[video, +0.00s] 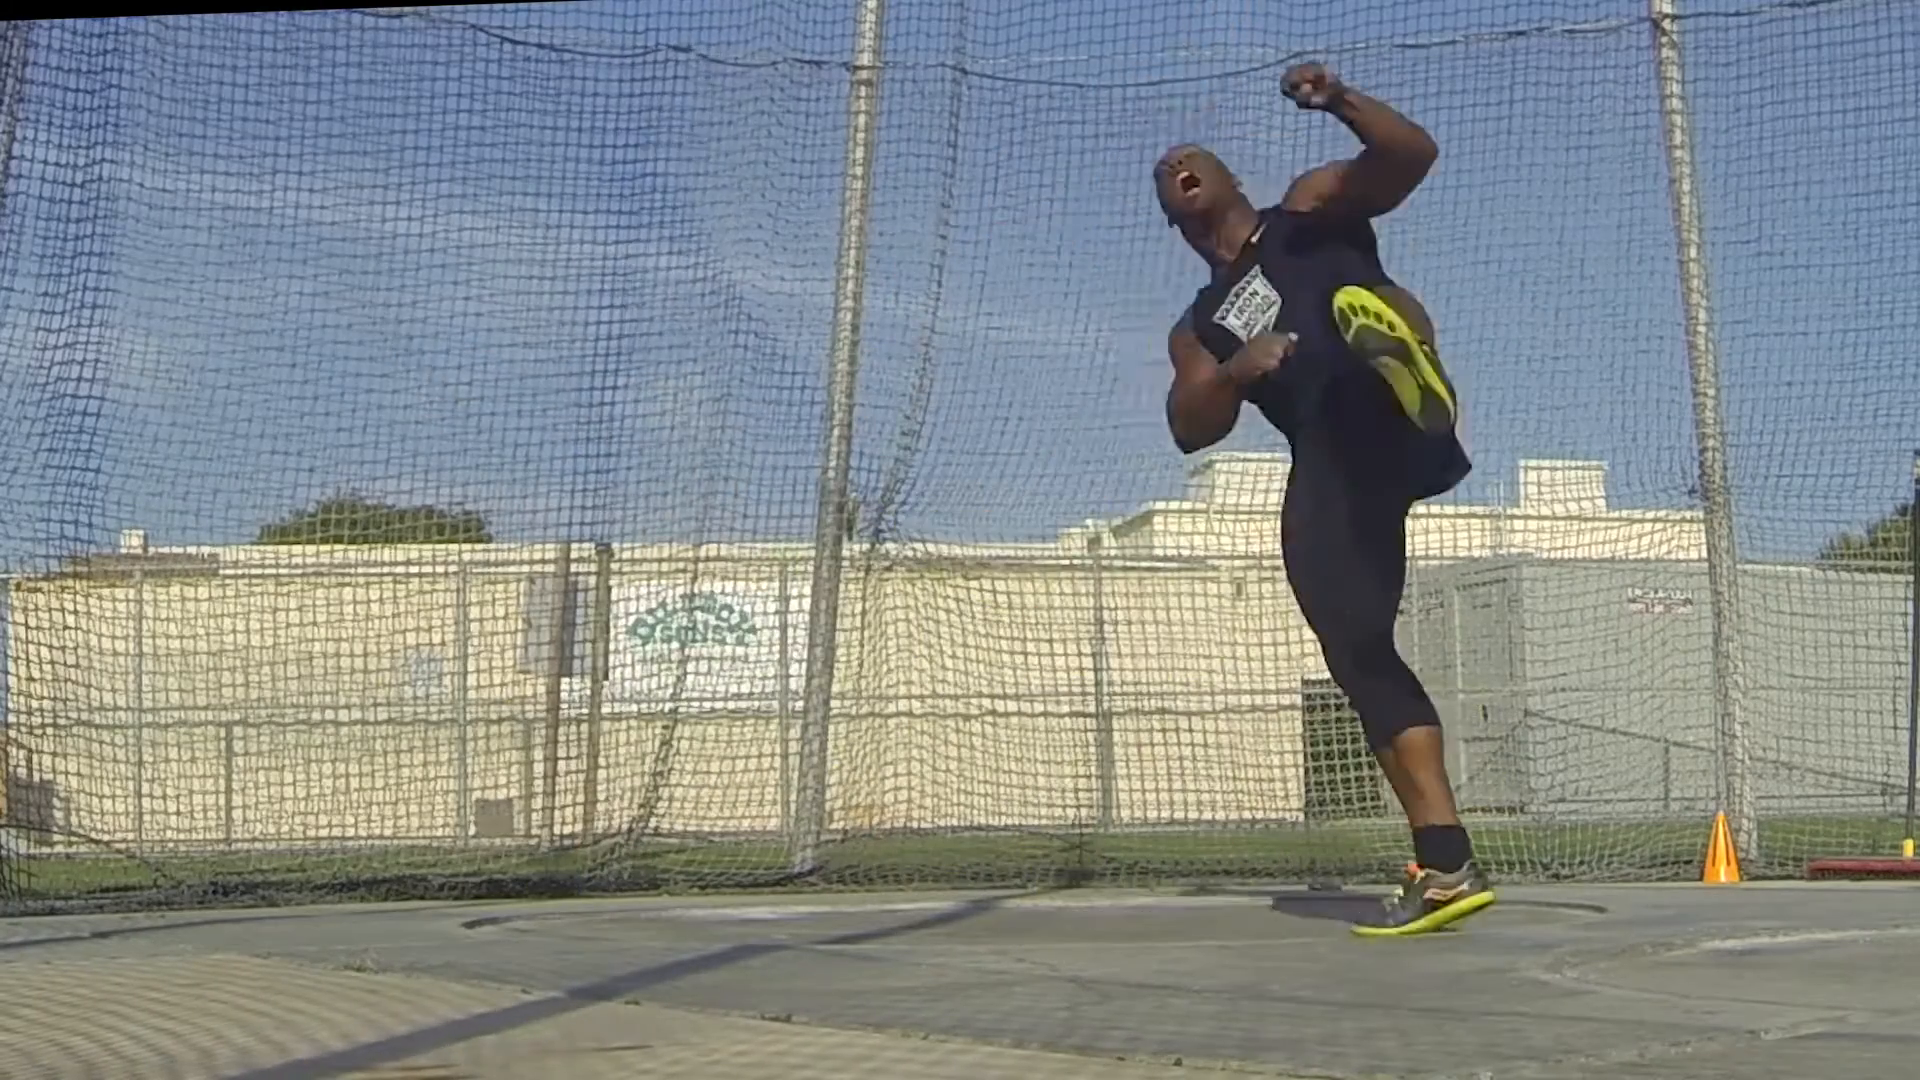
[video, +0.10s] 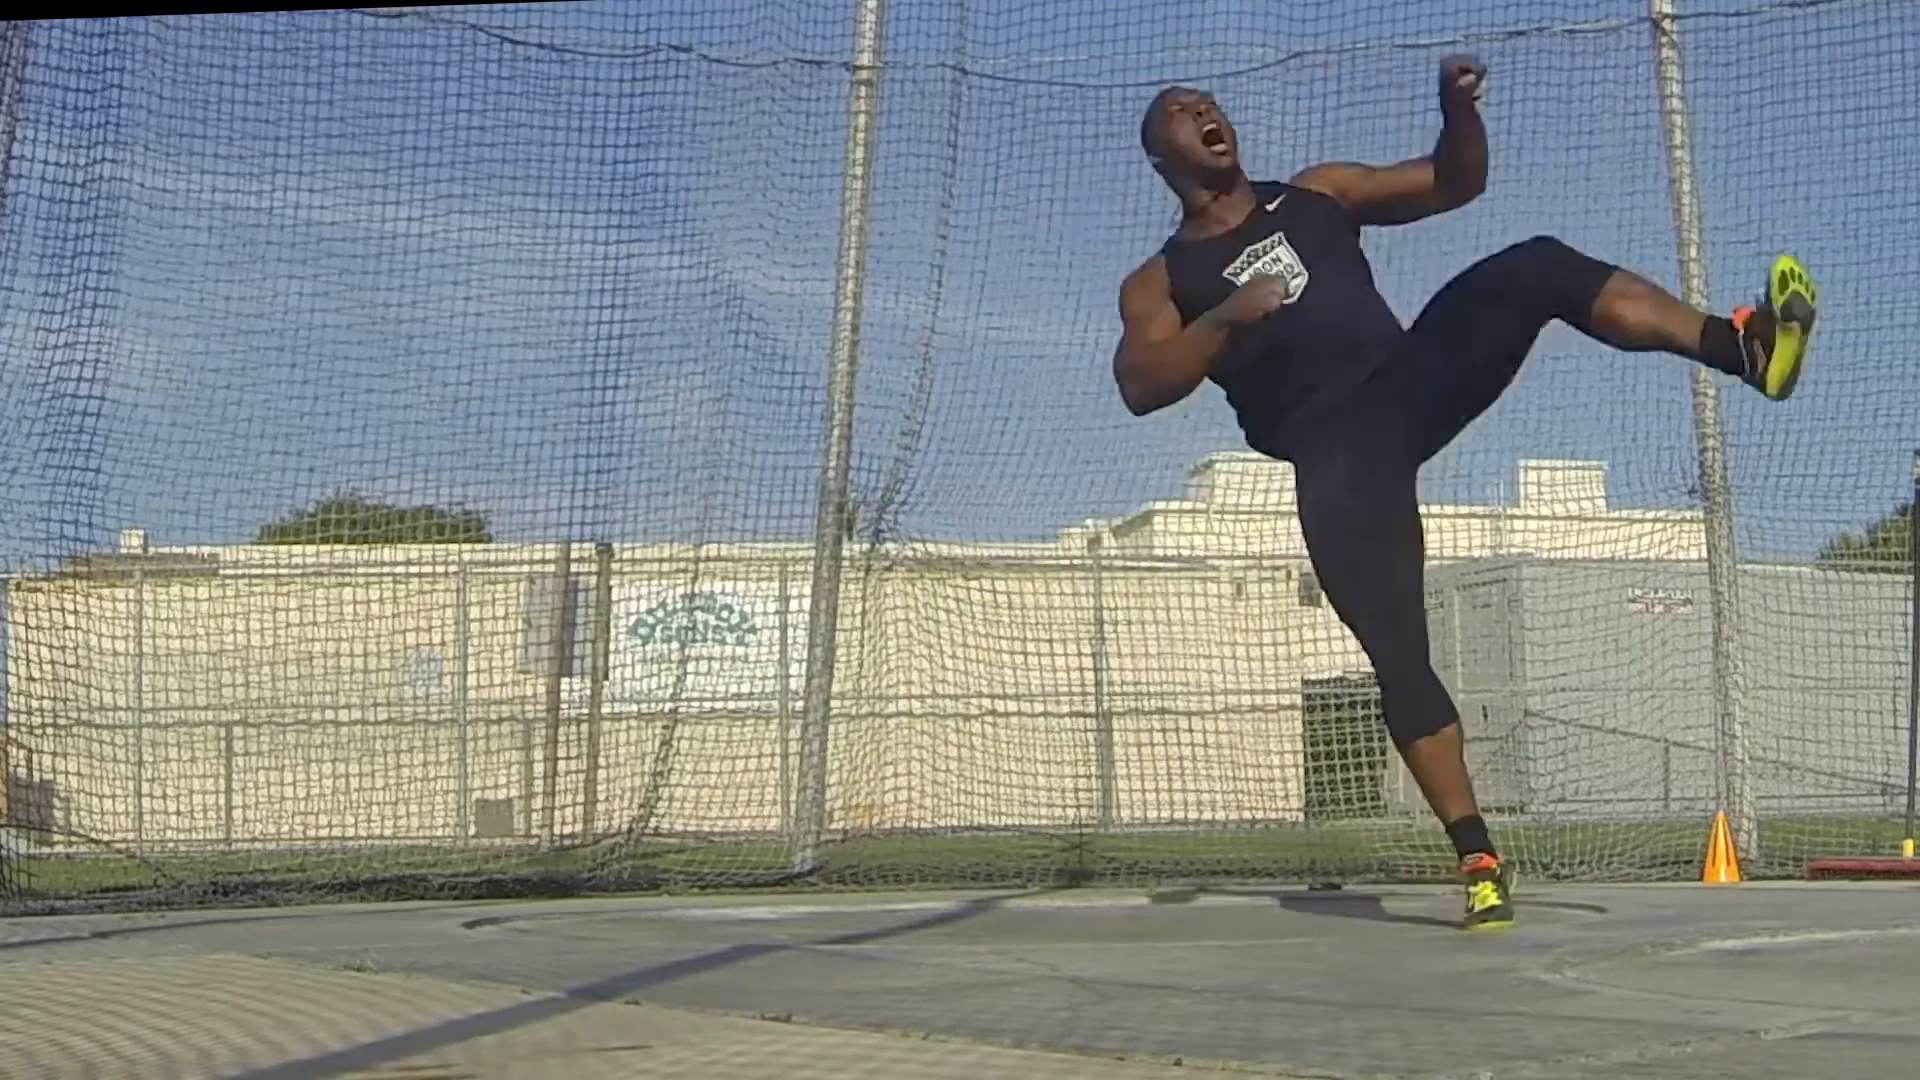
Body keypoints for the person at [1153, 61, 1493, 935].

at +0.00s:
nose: (1180, 176)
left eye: (1191, 166)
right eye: (1166, 181)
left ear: (1234, 178)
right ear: (1174, 222)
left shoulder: (1309, 202)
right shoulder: (1198, 324)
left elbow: (1413, 155)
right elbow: (1191, 429)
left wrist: (1341, 100)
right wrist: (1231, 373)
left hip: (1394, 417)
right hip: (1327, 472)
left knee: (1363, 296)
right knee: (1358, 650)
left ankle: (1409, 373)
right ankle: (1446, 862)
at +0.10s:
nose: (1210, 118)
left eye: (1213, 108)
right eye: (1184, 115)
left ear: (1234, 131)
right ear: (1158, 159)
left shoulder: (1315, 191)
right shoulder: (1155, 280)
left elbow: (1452, 178)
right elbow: (1141, 387)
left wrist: (1458, 110)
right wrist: (1222, 320)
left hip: (1411, 377)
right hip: (1334, 448)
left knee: (1536, 266)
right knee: (1397, 652)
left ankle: (1741, 350)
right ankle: (1477, 859)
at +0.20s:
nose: (1262, 115)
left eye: (1261, 102)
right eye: (1237, 105)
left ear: (1268, 128)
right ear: (1193, 140)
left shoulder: (1317, 210)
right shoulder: (1172, 252)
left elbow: (1446, 239)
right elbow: (1184, 300)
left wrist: (1519, 186)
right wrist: (1284, 219)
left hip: (1419, 391)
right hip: (1348, 450)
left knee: (1579, 319)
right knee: (1421, 650)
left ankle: (1735, 437)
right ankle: (1469, 865)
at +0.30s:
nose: (1321, 101)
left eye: (1316, 89)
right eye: (1299, 92)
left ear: (1301, 116)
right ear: (1250, 123)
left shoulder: (1309, 209)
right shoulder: (1252, 218)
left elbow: (1396, 281)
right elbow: (1358, 190)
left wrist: (1504, 262)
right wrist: (1416, 135)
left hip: (1395, 407)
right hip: (1348, 452)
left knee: (1492, 393)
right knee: (1438, 639)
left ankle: (1528, 560)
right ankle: (1466, 875)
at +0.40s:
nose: (1381, 95)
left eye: (1374, 82)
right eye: (1365, 84)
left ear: (1304, 114)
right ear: (1316, 106)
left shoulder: (1254, 217)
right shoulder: (1368, 184)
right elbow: (1520, 141)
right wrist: (1432, 152)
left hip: (1293, 456)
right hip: (1382, 456)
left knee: (1343, 512)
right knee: (1447, 651)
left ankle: (1292, 665)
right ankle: (1472, 879)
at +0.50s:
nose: (1385, 120)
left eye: (1372, 110)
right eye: (1381, 108)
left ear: (1306, 130)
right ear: (1376, 115)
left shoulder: (1259, 220)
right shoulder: (1443, 174)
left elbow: (1173, 317)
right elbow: (1534, 138)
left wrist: (1112, 373)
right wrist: (1421, 145)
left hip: (1295, 464)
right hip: (1410, 470)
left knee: (1229, 590)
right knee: (1435, 678)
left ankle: (1205, 756)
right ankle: (1460, 883)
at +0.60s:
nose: (1264, 167)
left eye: (1268, 152)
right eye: (1263, 152)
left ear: (1300, 143)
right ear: (1349, 141)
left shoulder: (1289, 204)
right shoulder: (1421, 196)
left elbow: (1176, 261)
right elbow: (1428, 189)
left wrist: (1050, 291)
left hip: (1328, 462)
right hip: (1419, 468)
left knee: (1209, 637)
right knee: (1403, 663)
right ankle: (1467, 874)